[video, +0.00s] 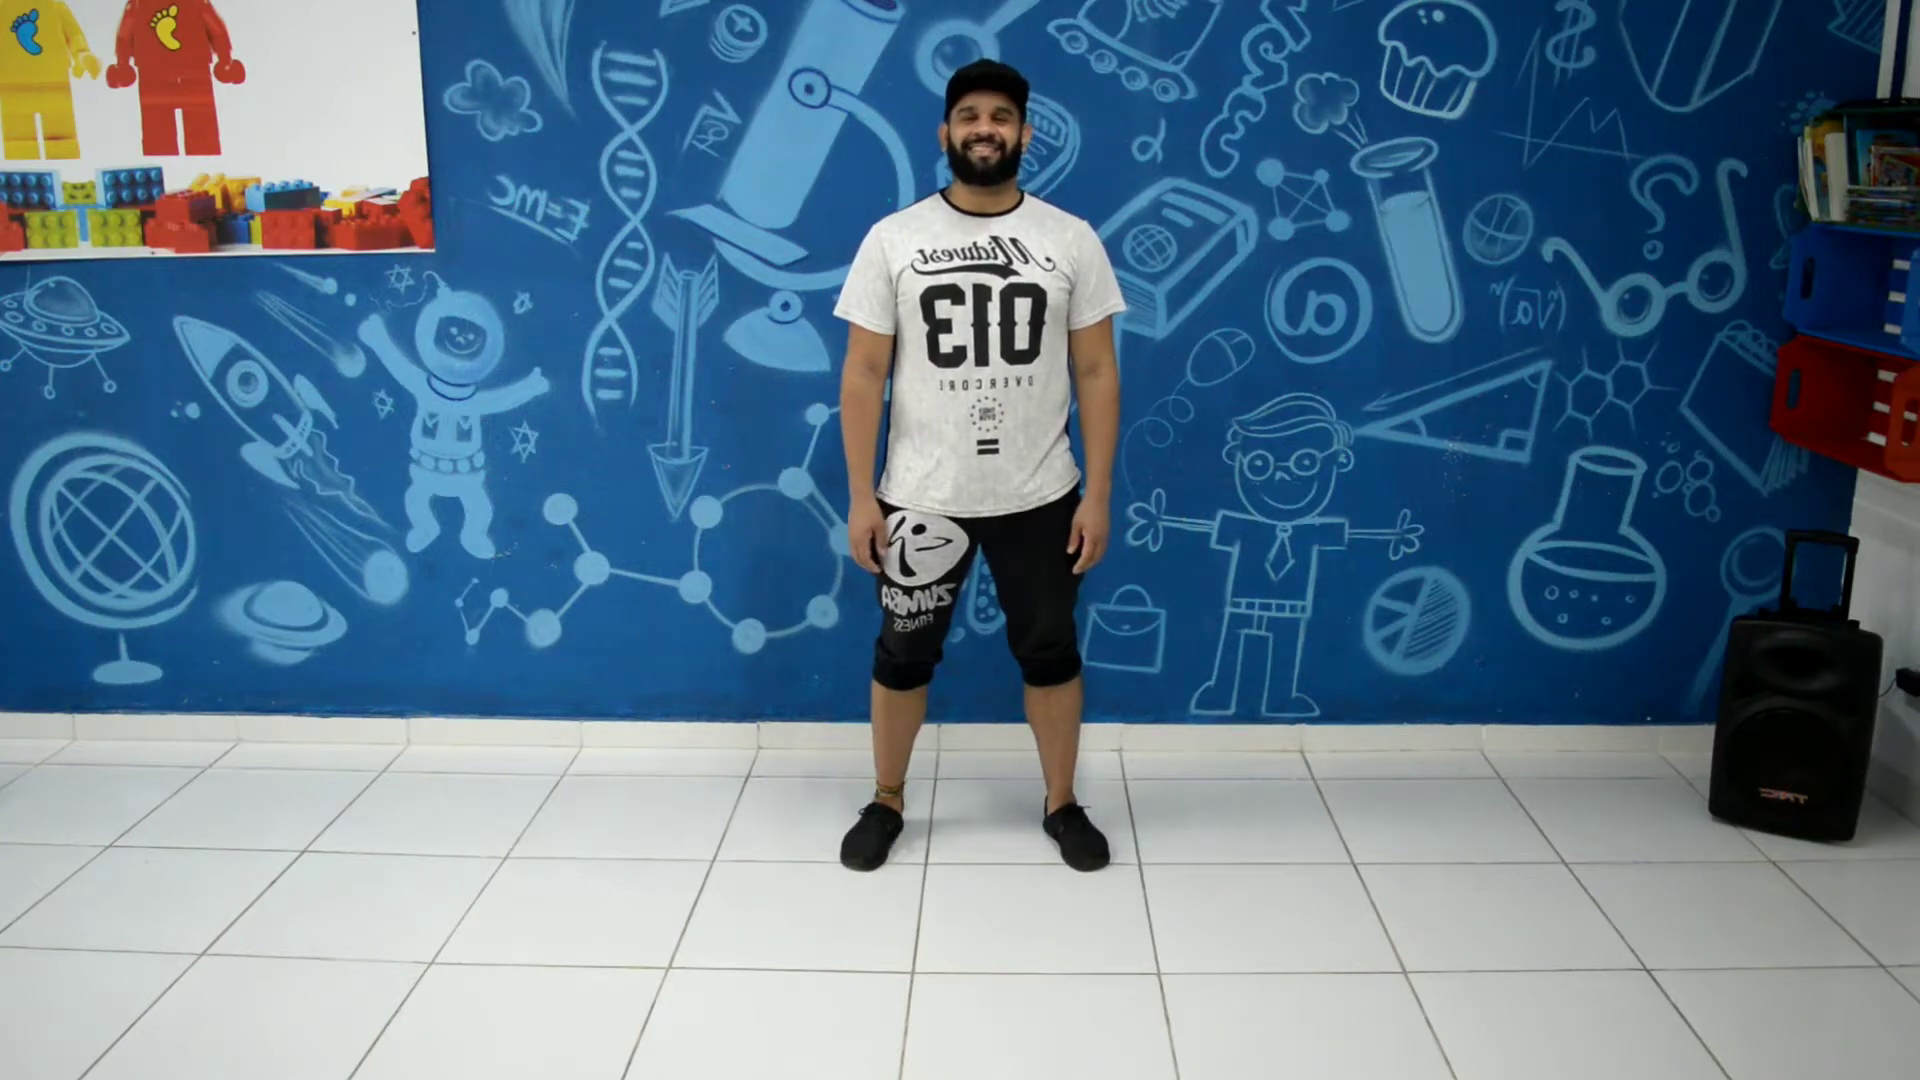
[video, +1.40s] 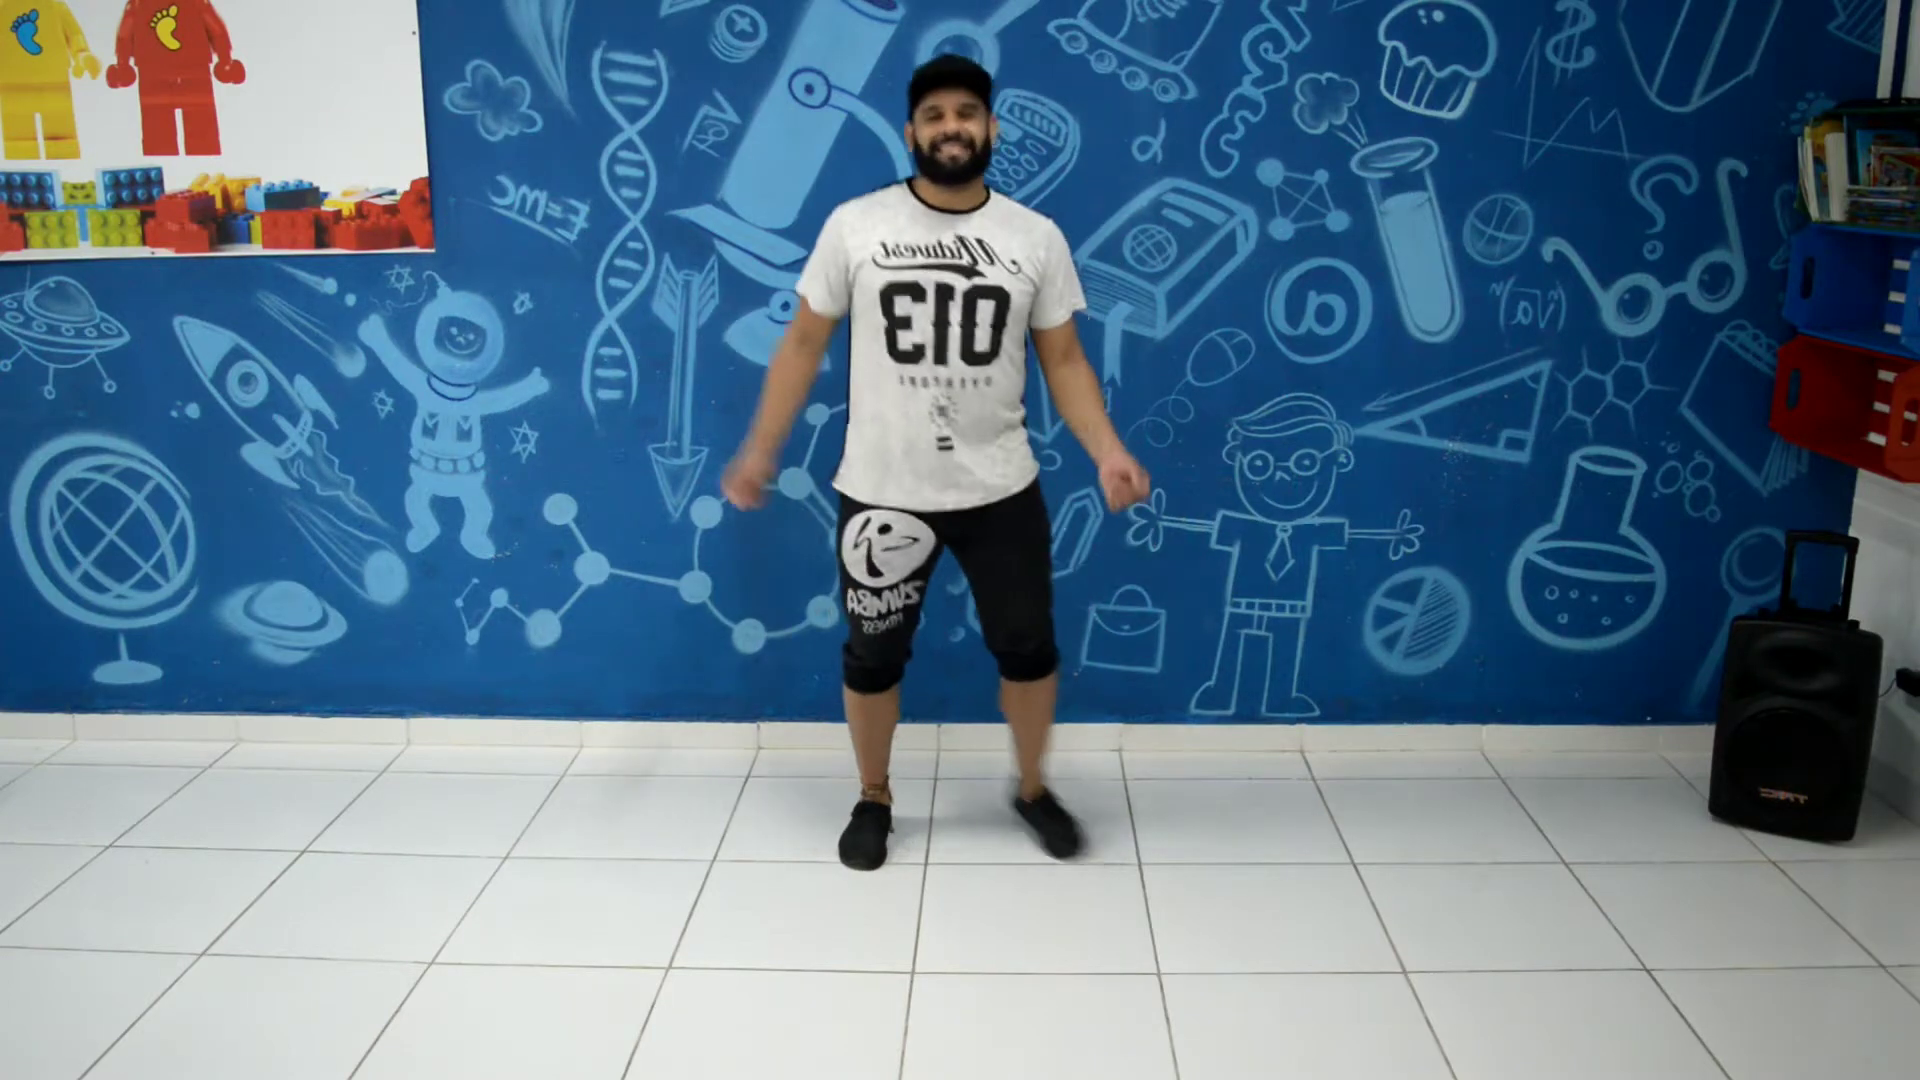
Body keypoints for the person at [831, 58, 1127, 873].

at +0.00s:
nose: (984, 130)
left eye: (1000, 118)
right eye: (969, 117)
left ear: (1023, 135)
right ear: (947, 133)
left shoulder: (1072, 241)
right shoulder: (894, 241)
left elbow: (1096, 370)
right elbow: (864, 373)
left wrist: (1098, 492)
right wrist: (862, 494)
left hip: (1037, 494)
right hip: (924, 494)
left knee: (1052, 653)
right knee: (903, 654)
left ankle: (1063, 804)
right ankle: (886, 801)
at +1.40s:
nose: (951, 127)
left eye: (968, 114)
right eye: (934, 115)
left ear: (992, 130)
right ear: (911, 130)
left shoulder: (1036, 239)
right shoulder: (854, 228)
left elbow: (1065, 360)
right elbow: (803, 343)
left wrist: (1108, 452)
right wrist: (760, 450)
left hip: (1000, 484)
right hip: (884, 484)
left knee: (1029, 647)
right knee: (873, 654)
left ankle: (1033, 790)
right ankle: (873, 798)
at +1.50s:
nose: (941, 135)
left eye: (954, 121)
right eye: (923, 126)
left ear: (981, 134)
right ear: (901, 148)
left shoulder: (1035, 248)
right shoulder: (854, 236)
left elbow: (1071, 360)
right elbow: (778, 325)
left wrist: (1113, 424)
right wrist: (700, 403)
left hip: (988, 494)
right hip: (875, 491)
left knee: (1010, 665)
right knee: (865, 664)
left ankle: (975, 763)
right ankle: (871, 800)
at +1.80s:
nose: (911, 148)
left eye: (925, 130)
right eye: (901, 136)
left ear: (971, 125)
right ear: (894, 141)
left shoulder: (1044, 230)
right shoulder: (880, 228)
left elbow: (1115, 349)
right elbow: (816, 306)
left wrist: (1106, 475)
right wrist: (739, 290)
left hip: (1006, 487)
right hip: (897, 481)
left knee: (1029, 660)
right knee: (878, 647)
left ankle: (1051, 752)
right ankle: (884, 800)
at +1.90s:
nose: (923, 172)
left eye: (937, 154)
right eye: (913, 158)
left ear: (983, 148)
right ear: (905, 163)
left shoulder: (1055, 253)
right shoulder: (905, 250)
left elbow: (1133, 365)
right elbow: (838, 343)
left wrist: (1116, 490)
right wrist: (807, 306)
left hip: (1017, 509)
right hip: (912, 501)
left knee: (1043, 671)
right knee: (870, 651)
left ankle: (1115, 793)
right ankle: (891, 806)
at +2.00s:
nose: (945, 187)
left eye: (961, 169)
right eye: (937, 173)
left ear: (1008, 166)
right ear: (931, 178)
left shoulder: (1072, 272)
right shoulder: (930, 277)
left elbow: (1148, 382)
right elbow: (877, 381)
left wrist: (1139, 500)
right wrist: (873, 335)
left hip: (1038, 516)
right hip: (940, 508)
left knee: (1067, 671)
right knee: (879, 643)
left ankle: (1142, 799)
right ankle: (890, 806)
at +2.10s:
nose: (970, 168)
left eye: (989, 152)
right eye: (961, 154)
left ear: (1034, 156)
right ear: (950, 164)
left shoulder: (1086, 253)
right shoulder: (940, 262)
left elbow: (1146, 372)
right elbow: (895, 371)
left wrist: (1150, 497)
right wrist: (927, 367)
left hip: (1061, 503)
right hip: (960, 496)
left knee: (1085, 662)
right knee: (907, 642)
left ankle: (1142, 800)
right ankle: (893, 804)